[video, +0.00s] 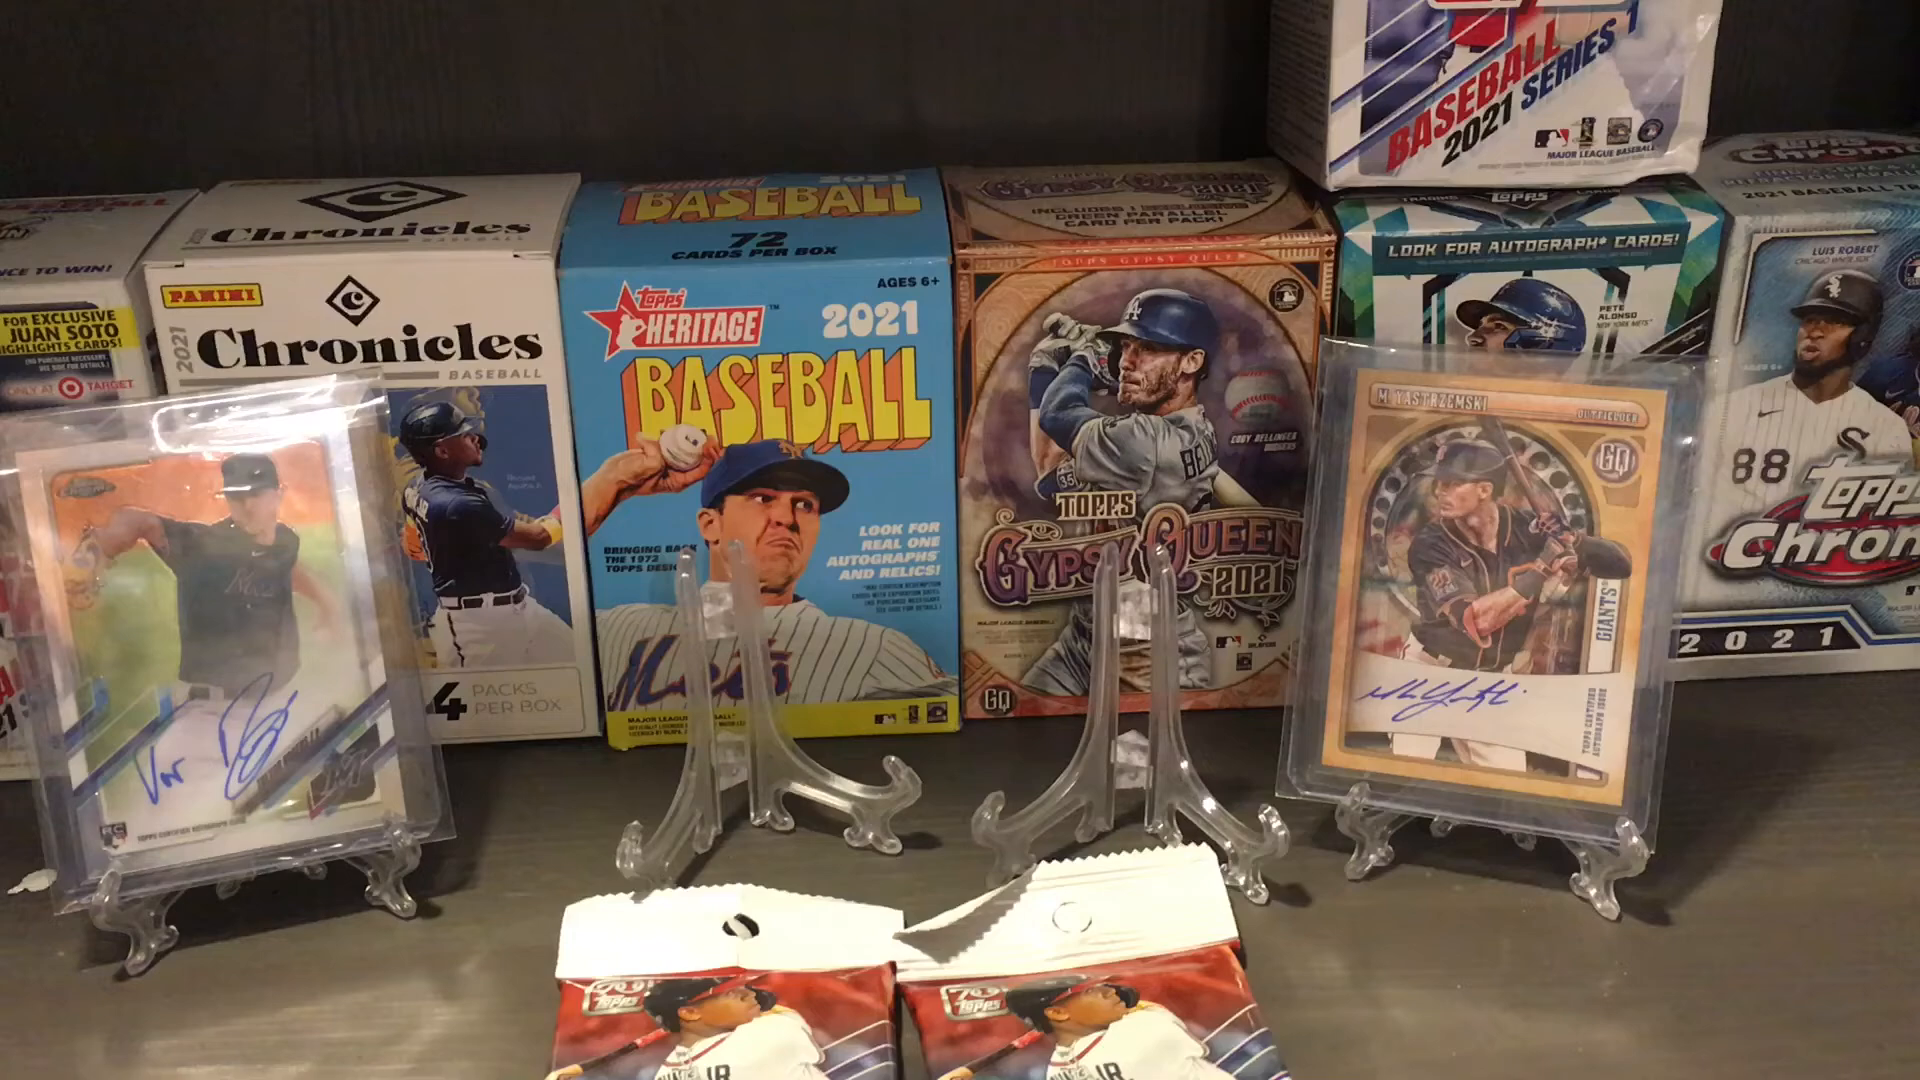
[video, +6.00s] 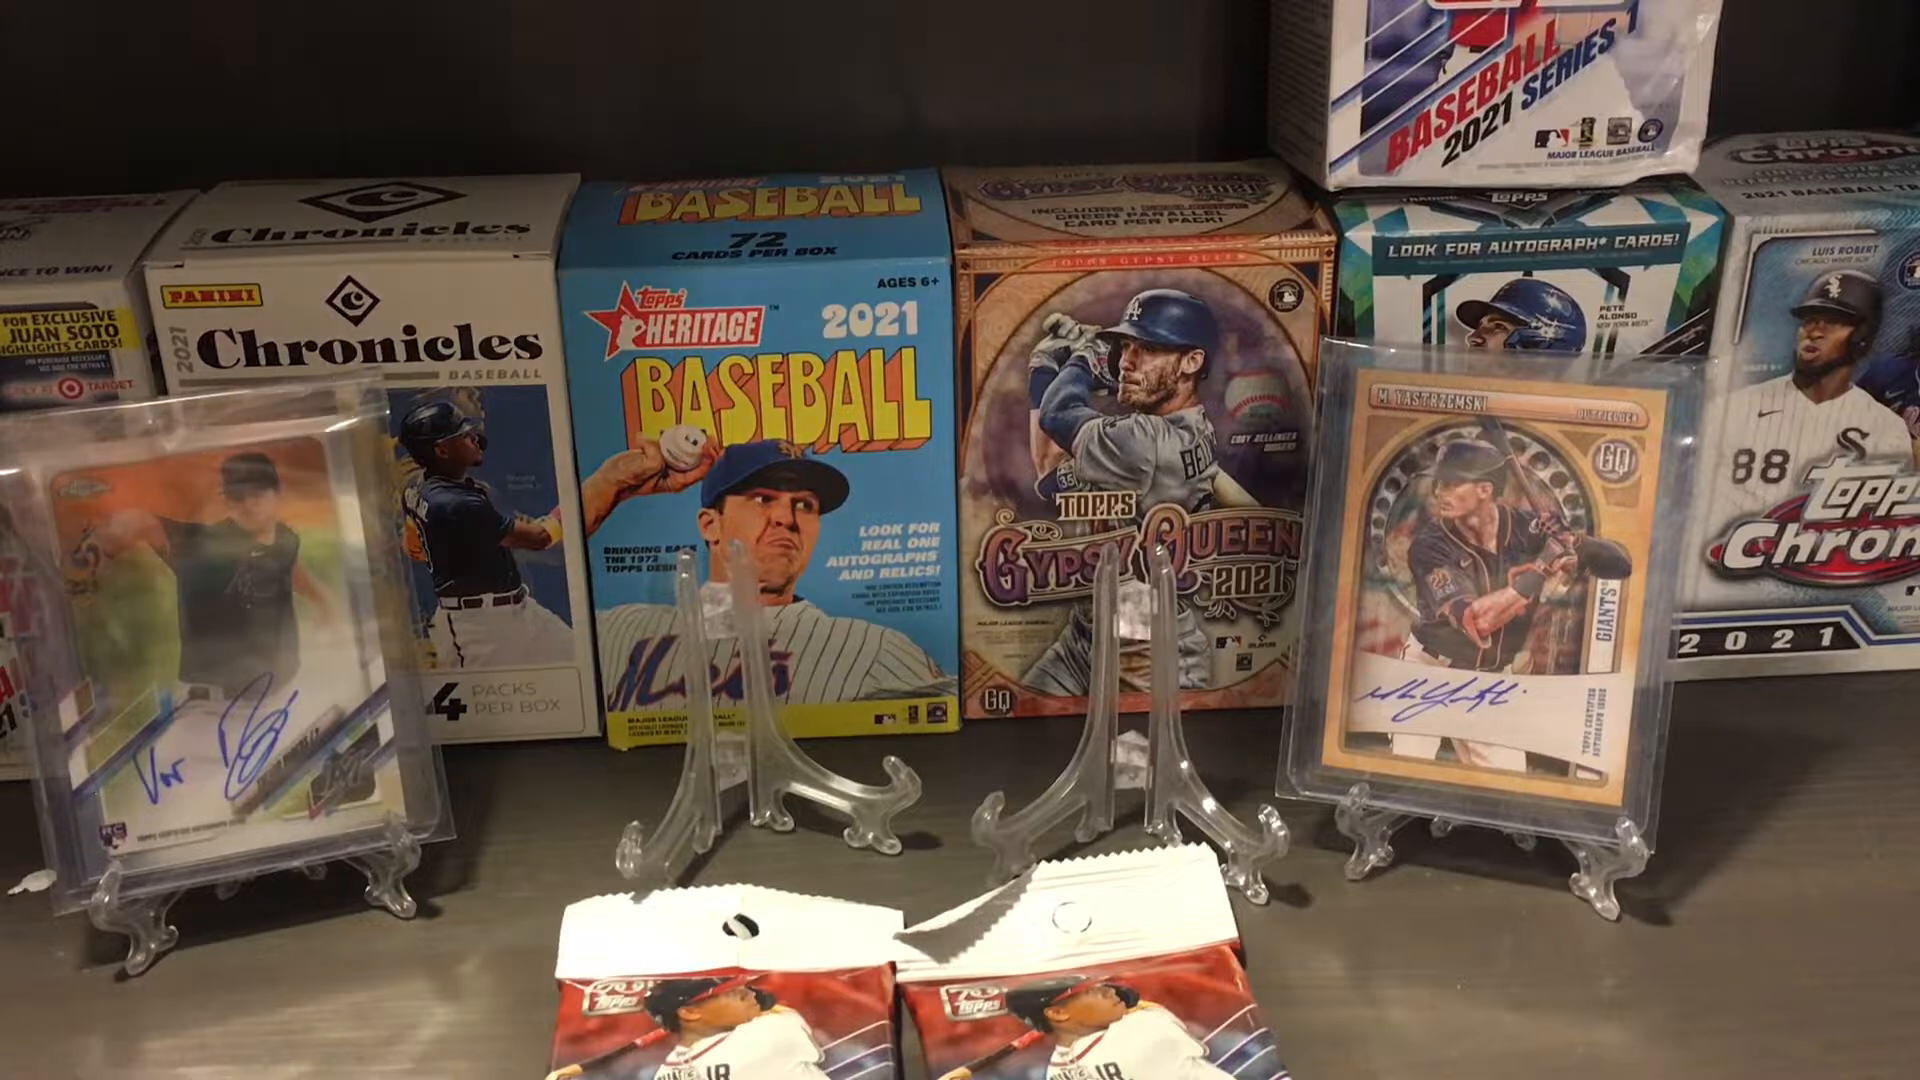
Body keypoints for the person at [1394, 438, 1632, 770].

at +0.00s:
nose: (1440, 492)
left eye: (1452, 484)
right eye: (1439, 483)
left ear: (1484, 491)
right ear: (1436, 487)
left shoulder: (1527, 529)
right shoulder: (1430, 542)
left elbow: (1622, 563)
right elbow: (1473, 621)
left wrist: (1576, 548)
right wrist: (1539, 572)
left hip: (1497, 677)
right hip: (1430, 670)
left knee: (1509, 789)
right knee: (1410, 775)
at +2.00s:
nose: (1440, 493)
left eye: (1452, 485)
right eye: (1439, 483)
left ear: (1484, 491)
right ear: (1435, 484)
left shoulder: (1527, 528)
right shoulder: (1431, 539)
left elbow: (1622, 563)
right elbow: (1471, 620)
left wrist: (1573, 546)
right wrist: (1535, 575)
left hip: (1496, 676)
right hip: (1429, 667)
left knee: (1508, 786)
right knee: (1413, 769)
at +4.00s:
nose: (1439, 492)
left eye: (1451, 484)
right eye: (1439, 483)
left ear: (1484, 491)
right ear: (1435, 486)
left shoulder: (1527, 528)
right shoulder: (1430, 541)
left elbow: (1622, 564)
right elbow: (1470, 620)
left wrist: (1575, 549)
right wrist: (1537, 574)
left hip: (1494, 677)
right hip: (1429, 669)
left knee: (1509, 788)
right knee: (1412, 772)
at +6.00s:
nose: (1439, 493)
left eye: (1451, 485)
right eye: (1439, 484)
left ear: (1484, 491)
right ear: (1435, 486)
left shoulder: (1527, 528)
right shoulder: (1430, 541)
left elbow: (1622, 563)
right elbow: (1474, 623)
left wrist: (1577, 551)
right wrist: (1538, 571)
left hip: (1495, 676)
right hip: (1429, 669)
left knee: (1508, 792)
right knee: (1410, 774)